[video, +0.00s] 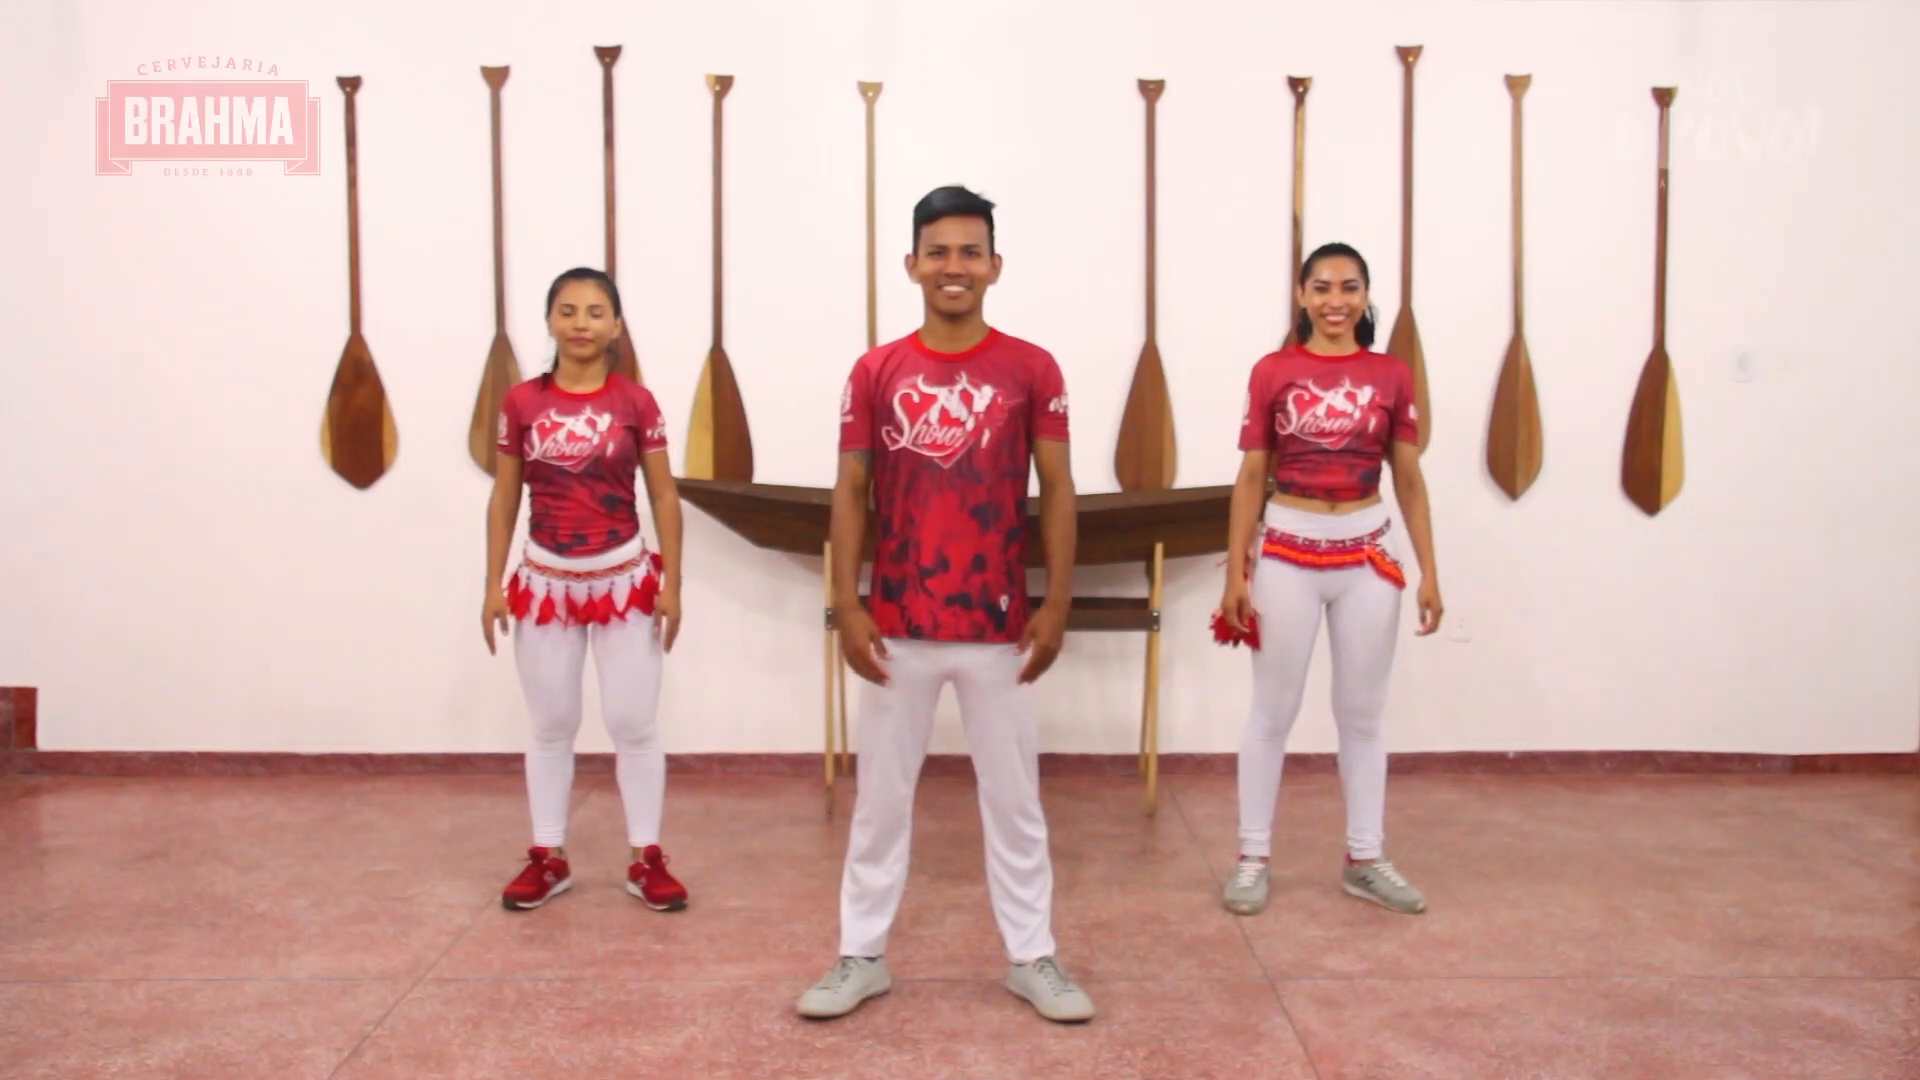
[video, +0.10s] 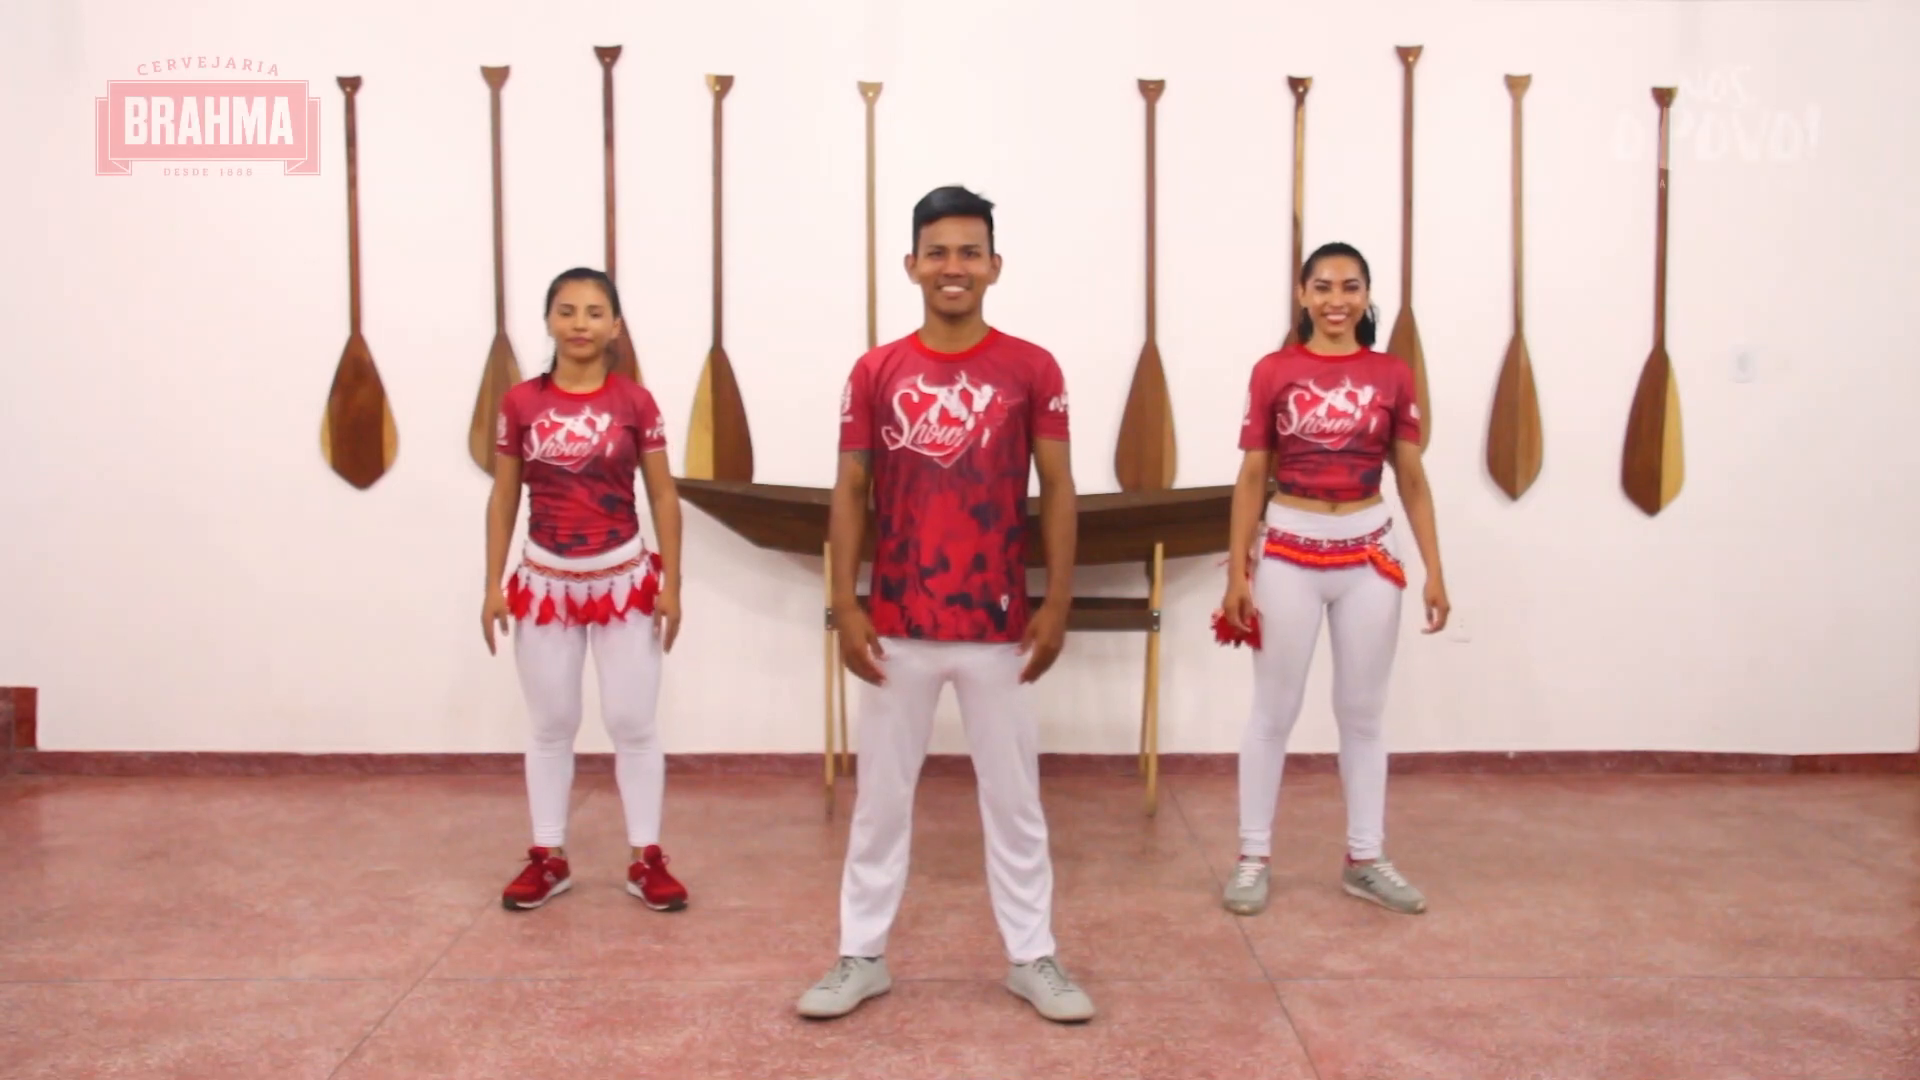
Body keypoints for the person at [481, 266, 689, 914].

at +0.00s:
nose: (582, 322)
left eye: (596, 312)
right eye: (568, 311)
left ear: (616, 325)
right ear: (550, 323)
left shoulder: (634, 400)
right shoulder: (523, 402)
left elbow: (665, 494)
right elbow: (505, 495)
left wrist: (672, 581)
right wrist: (495, 582)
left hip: (625, 578)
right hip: (544, 580)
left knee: (634, 726)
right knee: (550, 726)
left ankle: (647, 858)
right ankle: (547, 856)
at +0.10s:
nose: (581, 322)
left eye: (595, 312)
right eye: (567, 311)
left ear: (615, 325)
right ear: (549, 323)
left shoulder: (634, 400)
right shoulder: (522, 402)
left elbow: (664, 493)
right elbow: (504, 495)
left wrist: (671, 581)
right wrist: (494, 583)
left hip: (625, 578)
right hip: (544, 580)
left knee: (634, 727)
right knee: (551, 727)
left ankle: (647, 858)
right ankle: (547, 856)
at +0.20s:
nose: (580, 323)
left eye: (594, 312)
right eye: (567, 311)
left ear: (614, 325)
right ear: (548, 323)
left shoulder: (633, 400)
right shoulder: (522, 403)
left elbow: (663, 493)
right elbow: (504, 496)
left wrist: (671, 581)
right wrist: (494, 583)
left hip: (624, 579)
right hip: (544, 581)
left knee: (633, 726)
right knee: (551, 727)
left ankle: (647, 858)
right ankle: (547, 856)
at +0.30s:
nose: (579, 323)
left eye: (594, 312)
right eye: (566, 311)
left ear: (613, 325)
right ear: (547, 323)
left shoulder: (633, 400)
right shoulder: (522, 403)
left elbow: (663, 493)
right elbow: (504, 496)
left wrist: (673, 582)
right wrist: (494, 583)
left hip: (624, 579)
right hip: (544, 581)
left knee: (633, 726)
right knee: (551, 727)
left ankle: (648, 857)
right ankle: (548, 856)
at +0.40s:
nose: (579, 323)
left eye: (593, 312)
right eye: (565, 311)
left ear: (613, 324)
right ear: (547, 323)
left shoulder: (633, 400)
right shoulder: (521, 403)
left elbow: (663, 492)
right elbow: (504, 498)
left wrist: (673, 580)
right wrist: (496, 585)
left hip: (624, 578)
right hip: (545, 581)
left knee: (633, 726)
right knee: (551, 726)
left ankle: (648, 858)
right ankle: (548, 856)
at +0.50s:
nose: (579, 323)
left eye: (593, 312)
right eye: (565, 312)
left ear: (613, 324)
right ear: (547, 323)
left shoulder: (633, 399)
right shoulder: (522, 403)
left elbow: (664, 491)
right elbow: (504, 498)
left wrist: (675, 580)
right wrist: (496, 585)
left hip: (625, 579)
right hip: (545, 581)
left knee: (634, 726)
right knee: (551, 726)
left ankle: (648, 858)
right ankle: (548, 856)